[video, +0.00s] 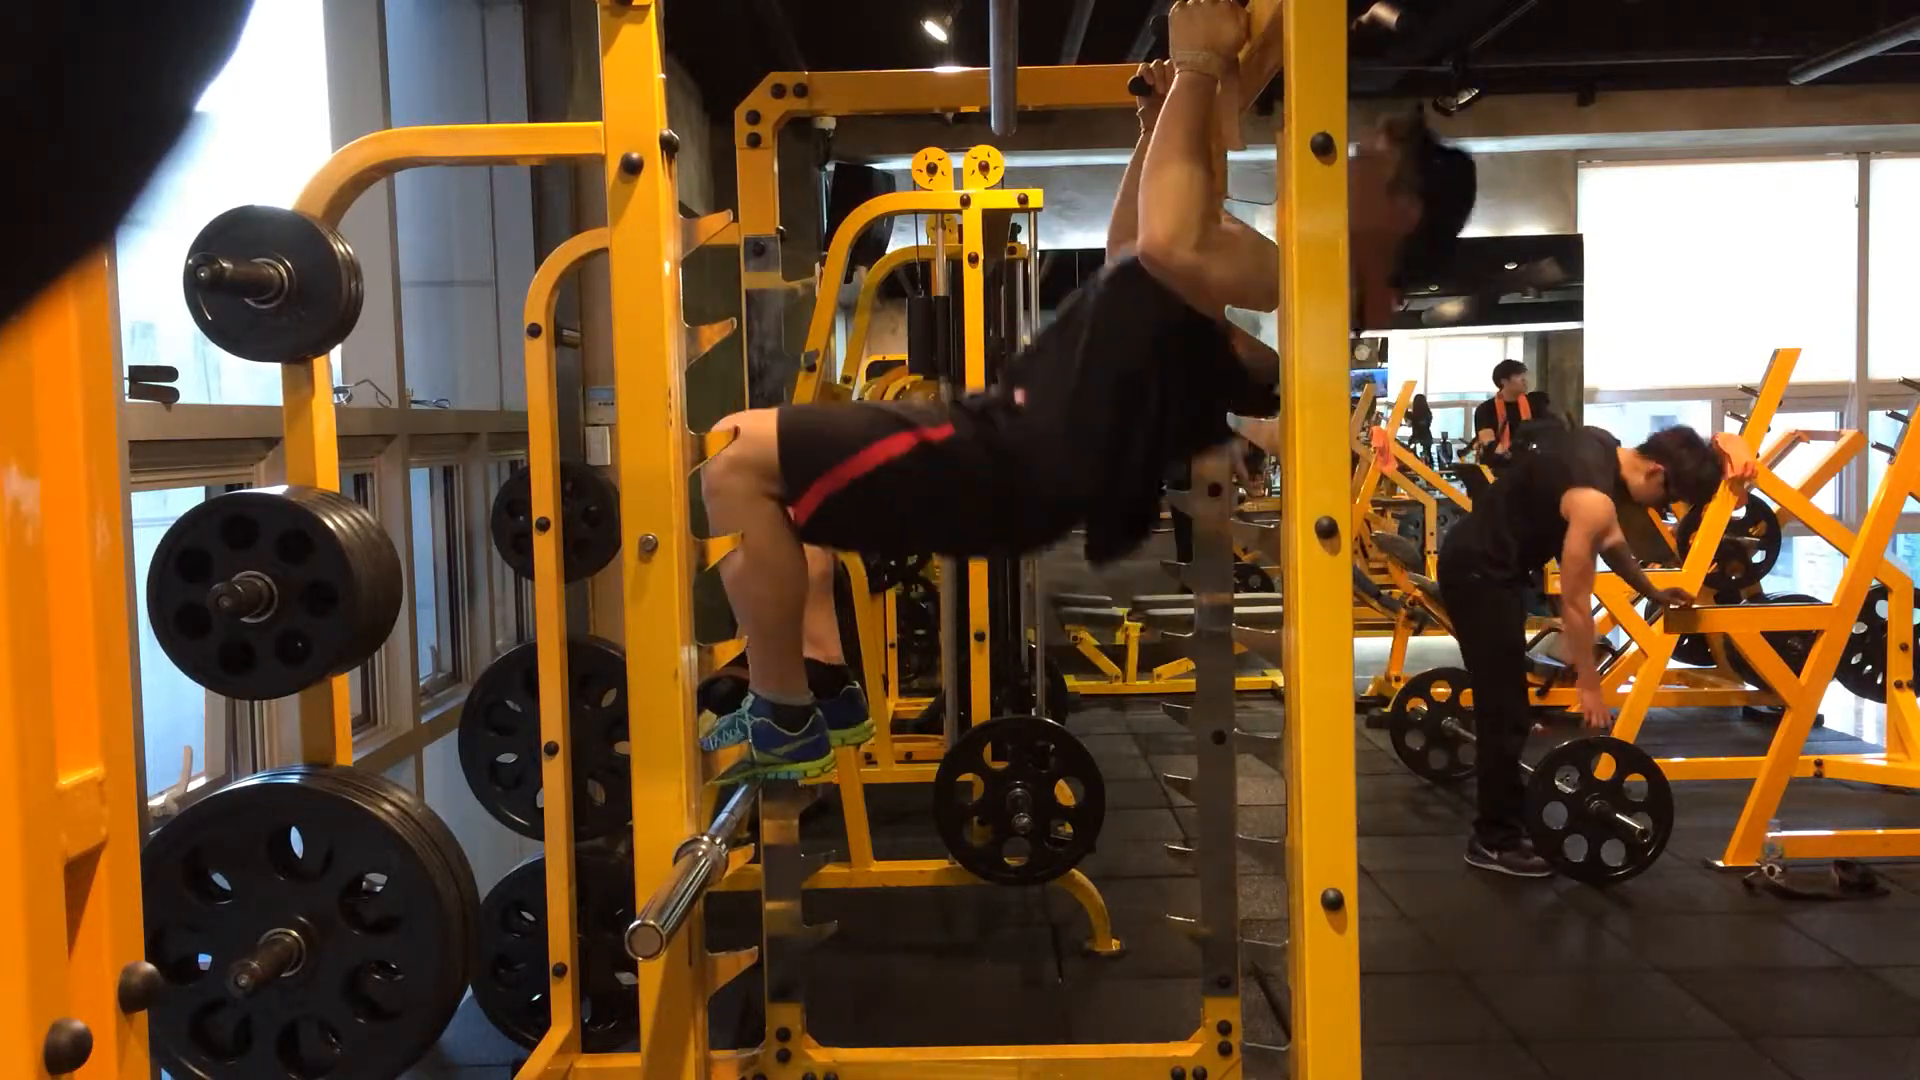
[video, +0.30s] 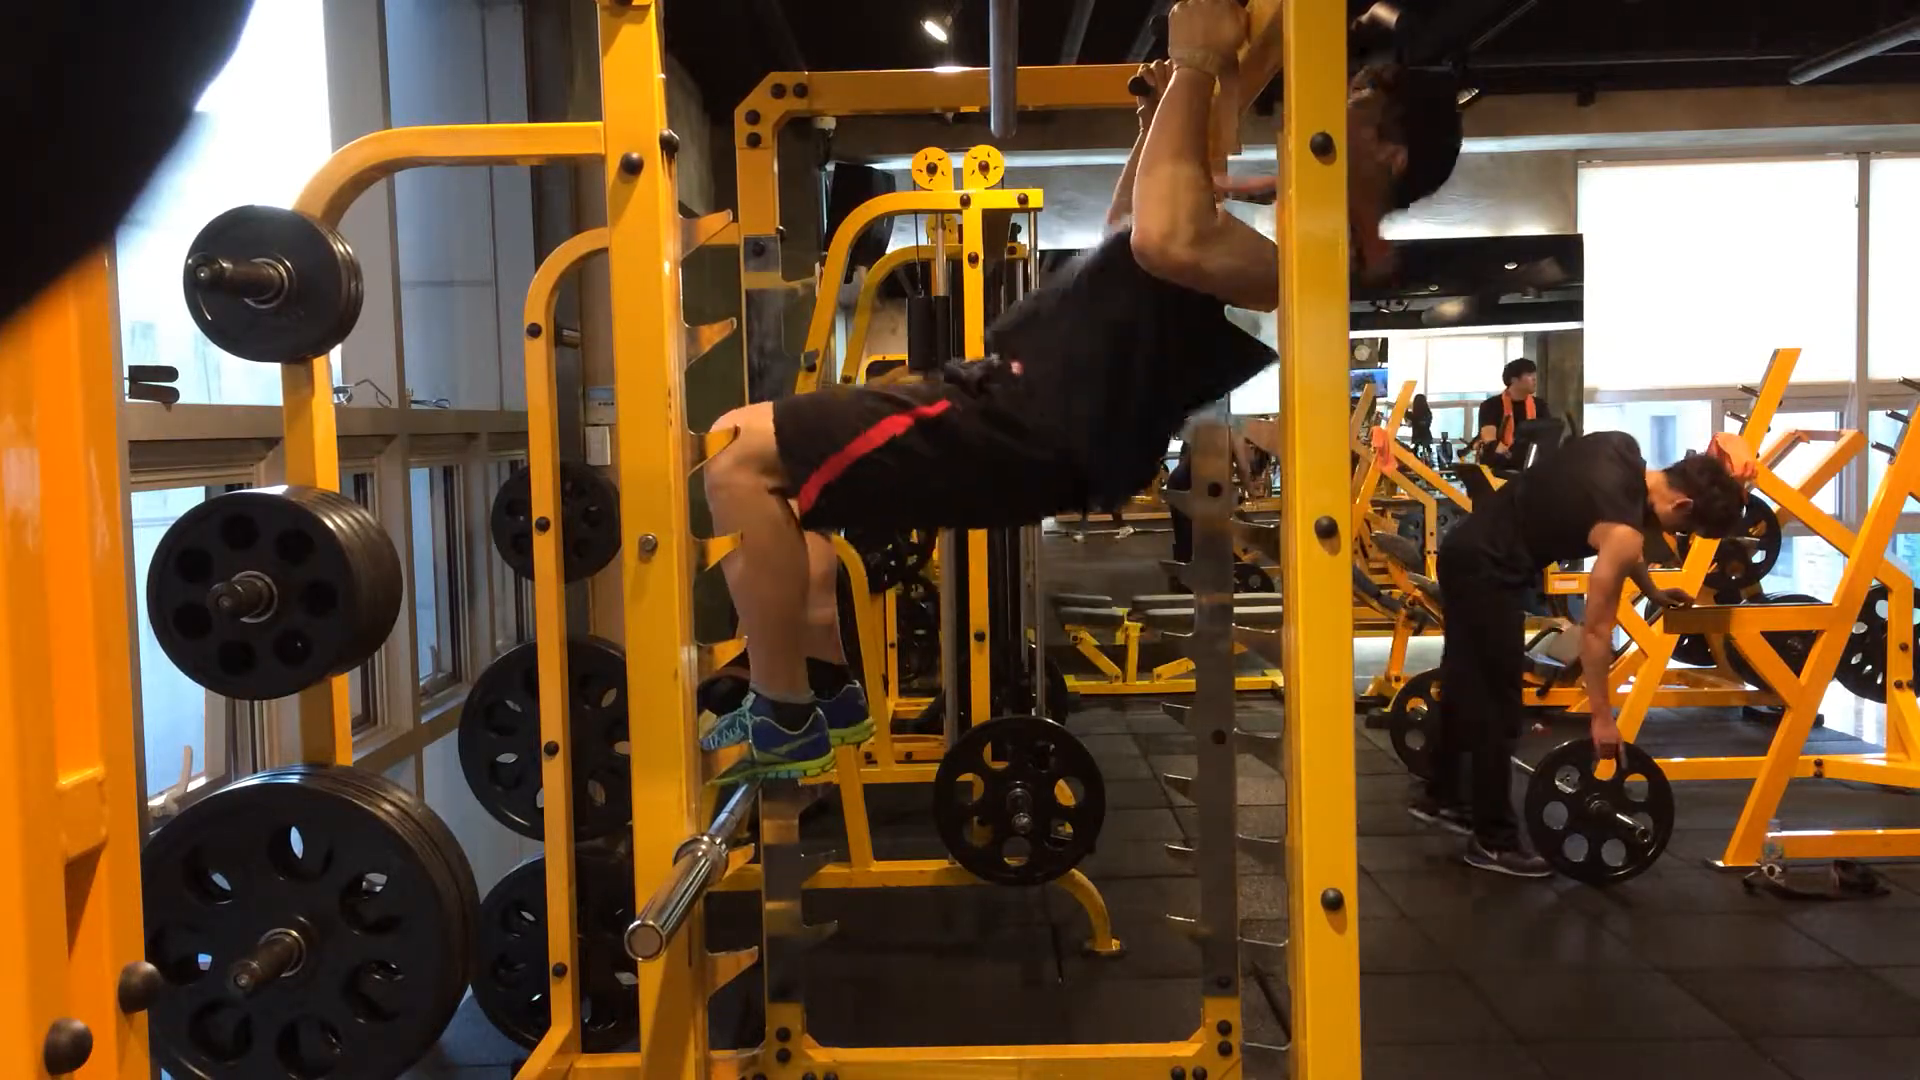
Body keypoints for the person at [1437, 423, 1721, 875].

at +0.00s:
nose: (1656, 503)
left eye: (1666, 498)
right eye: (1665, 496)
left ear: (1653, 461)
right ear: (1656, 471)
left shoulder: (1597, 447)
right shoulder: (1593, 502)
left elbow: (1609, 541)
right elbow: (1575, 604)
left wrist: (1651, 589)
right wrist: (1589, 685)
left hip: (1479, 559)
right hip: (1481, 573)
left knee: (1505, 702)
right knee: (1504, 708)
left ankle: (1502, 821)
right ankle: (1494, 838)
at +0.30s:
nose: (1680, 532)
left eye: (1690, 528)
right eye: (1687, 524)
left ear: (1677, 476)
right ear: (1682, 503)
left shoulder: (1618, 446)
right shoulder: (1624, 530)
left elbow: (1622, 540)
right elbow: (1595, 632)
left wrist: (1653, 591)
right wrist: (1602, 716)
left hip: (1465, 547)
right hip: (1489, 572)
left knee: (1462, 687)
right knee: (1498, 707)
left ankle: (1440, 795)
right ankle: (1493, 839)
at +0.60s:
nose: (1672, 533)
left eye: (1681, 531)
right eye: (1681, 528)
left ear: (1676, 478)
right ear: (1681, 505)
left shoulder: (1617, 447)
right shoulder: (1622, 531)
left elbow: (1623, 538)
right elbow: (1601, 633)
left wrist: (1653, 591)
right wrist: (1606, 720)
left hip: (1463, 548)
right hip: (1491, 576)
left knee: (1441, 673)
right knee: (1497, 708)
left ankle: (1382, 774)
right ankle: (1492, 839)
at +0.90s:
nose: (1661, 527)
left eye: (1669, 525)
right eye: (1668, 522)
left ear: (1657, 468)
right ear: (1669, 496)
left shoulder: (1602, 443)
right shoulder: (1610, 522)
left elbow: (1617, 529)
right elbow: (1592, 625)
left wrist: (1651, 589)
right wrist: (1601, 710)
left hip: (1458, 554)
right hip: (1486, 579)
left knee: (1448, 685)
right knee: (1495, 709)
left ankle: (1404, 793)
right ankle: (1491, 839)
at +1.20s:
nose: (1659, 529)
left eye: (1666, 526)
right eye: (1667, 524)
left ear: (1650, 468)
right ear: (1666, 501)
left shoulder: (1597, 446)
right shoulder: (1608, 529)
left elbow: (1613, 532)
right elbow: (1592, 632)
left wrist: (1650, 589)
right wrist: (1599, 718)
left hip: (1450, 554)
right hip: (1478, 579)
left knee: (1444, 685)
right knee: (1490, 708)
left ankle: (1403, 792)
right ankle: (1490, 838)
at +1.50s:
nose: (1655, 528)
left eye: (1662, 526)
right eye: (1663, 523)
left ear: (1647, 466)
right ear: (1663, 501)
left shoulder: (1596, 445)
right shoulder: (1602, 526)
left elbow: (1611, 533)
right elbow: (1580, 630)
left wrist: (1649, 589)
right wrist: (1581, 714)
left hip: (1448, 552)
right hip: (1474, 578)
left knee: (1441, 685)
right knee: (1488, 706)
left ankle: (1402, 792)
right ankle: (1490, 837)